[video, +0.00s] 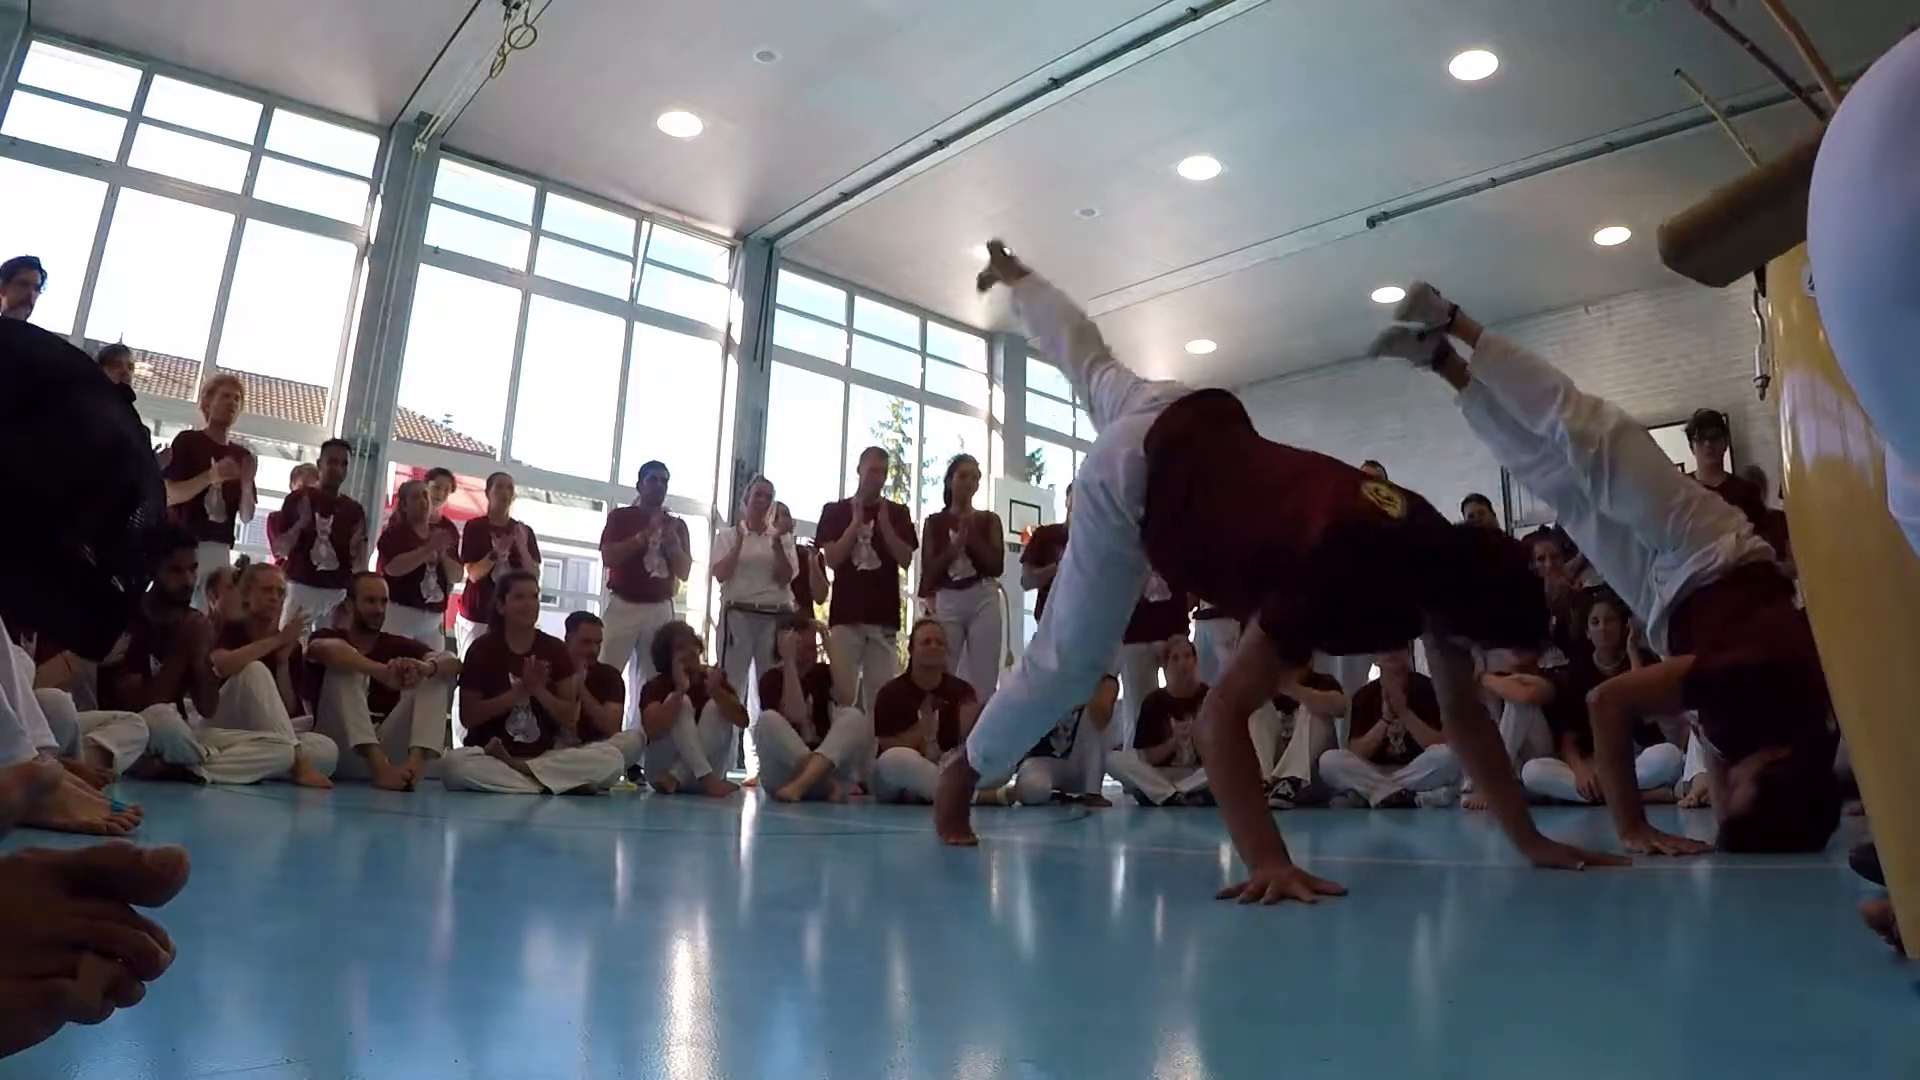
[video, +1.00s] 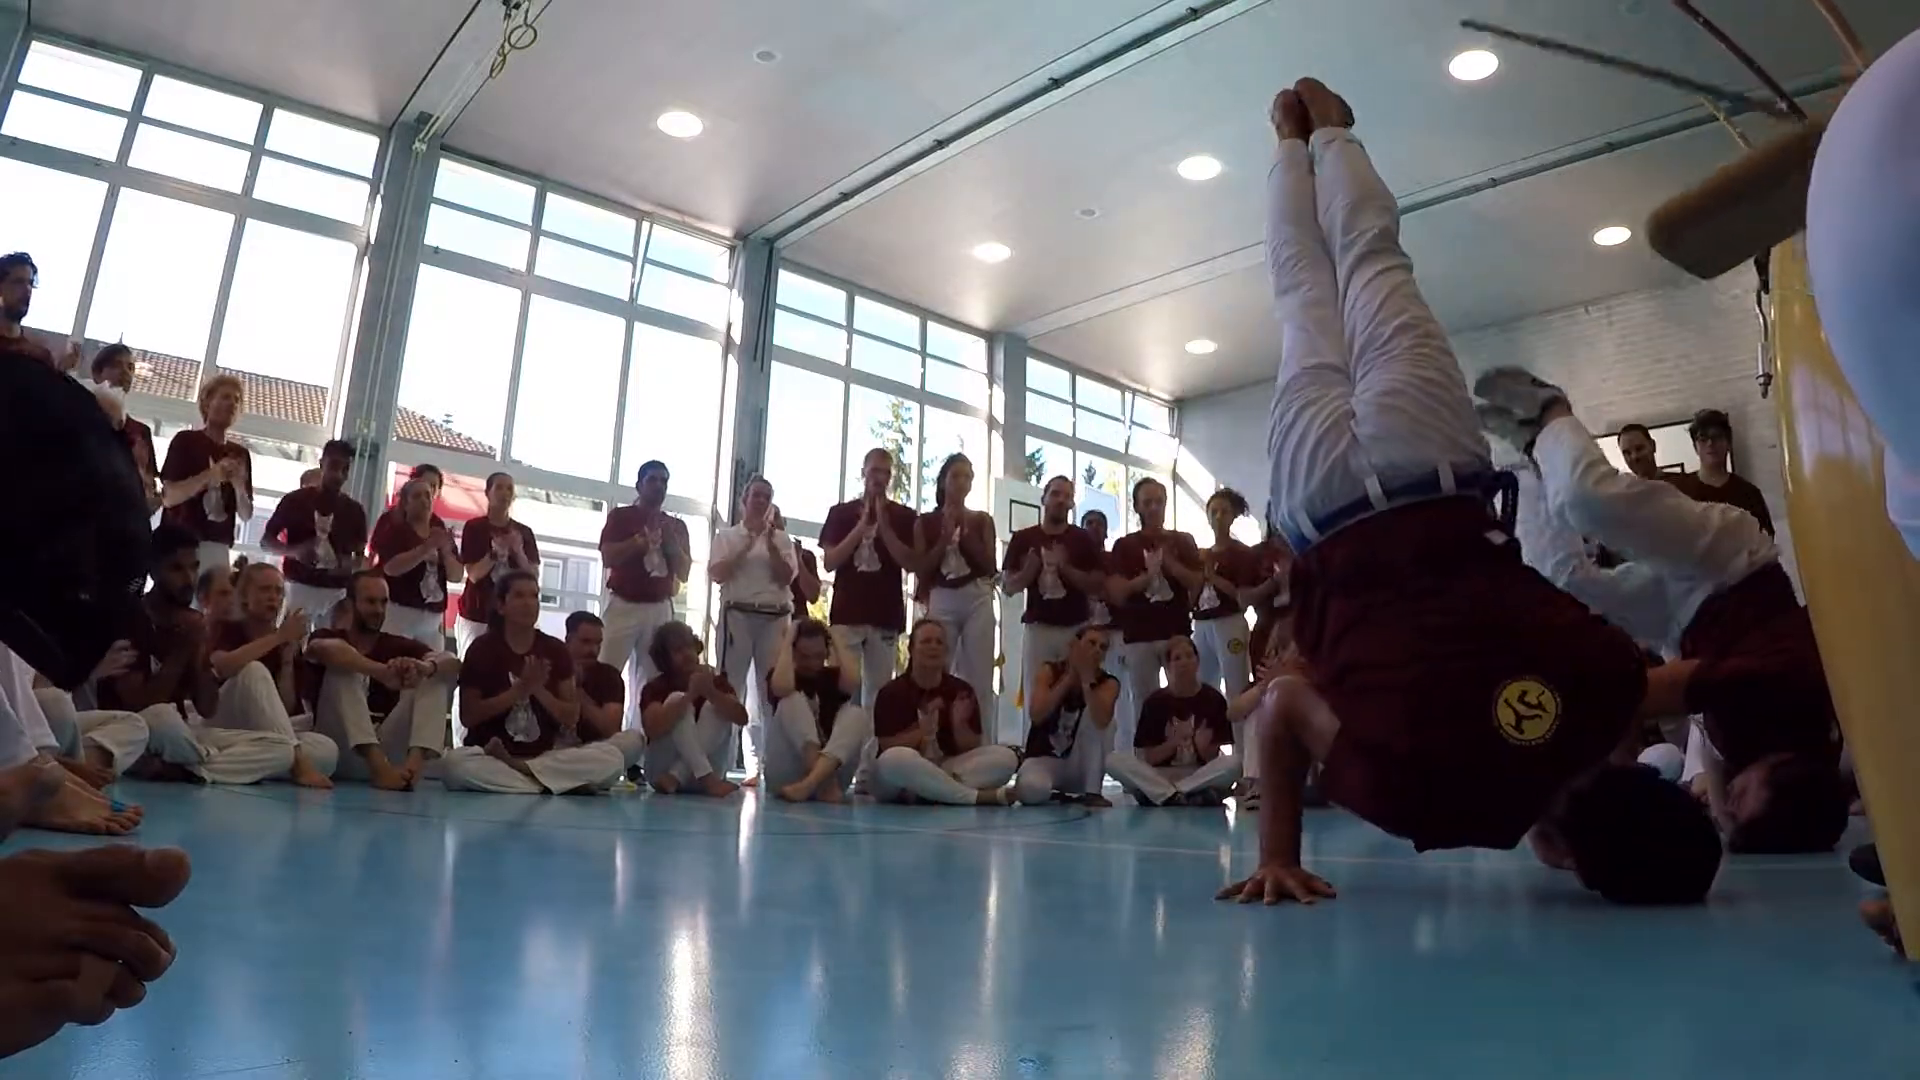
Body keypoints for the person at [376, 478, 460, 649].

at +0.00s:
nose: (424, 502)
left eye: (426, 496)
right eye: (417, 497)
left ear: (431, 500)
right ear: (403, 504)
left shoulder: (440, 534)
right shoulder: (392, 535)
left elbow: (457, 577)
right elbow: (392, 569)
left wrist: (443, 554)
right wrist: (430, 548)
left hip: (434, 615)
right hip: (400, 612)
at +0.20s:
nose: (423, 502)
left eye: (426, 496)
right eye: (415, 498)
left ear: (430, 500)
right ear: (402, 504)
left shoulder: (441, 534)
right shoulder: (394, 533)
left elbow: (457, 576)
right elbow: (390, 569)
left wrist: (443, 554)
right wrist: (427, 549)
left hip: (434, 614)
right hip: (400, 611)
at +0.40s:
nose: (422, 502)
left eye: (426, 496)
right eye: (415, 498)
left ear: (430, 500)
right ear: (402, 504)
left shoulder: (441, 533)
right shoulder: (395, 532)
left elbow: (457, 575)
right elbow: (392, 568)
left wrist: (439, 554)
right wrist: (428, 550)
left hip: (434, 614)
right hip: (400, 610)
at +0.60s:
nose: (423, 501)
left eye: (426, 496)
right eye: (415, 497)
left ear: (431, 500)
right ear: (402, 504)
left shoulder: (440, 532)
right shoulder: (395, 530)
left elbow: (457, 576)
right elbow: (391, 568)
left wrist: (446, 554)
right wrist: (428, 548)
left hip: (434, 614)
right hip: (400, 611)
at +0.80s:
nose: (423, 501)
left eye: (427, 496)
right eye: (416, 497)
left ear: (432, 501)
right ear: (404, 504)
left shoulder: (440, 531)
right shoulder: (394, 528)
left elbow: (457, 575)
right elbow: (392, 568)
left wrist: (441, 555)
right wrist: (429, 548)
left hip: (433, 613)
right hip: (400, 610)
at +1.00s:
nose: (424, 501)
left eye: (428, 496)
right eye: (416, 496)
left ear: (433, 500)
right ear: (405, 502)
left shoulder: (439, 531)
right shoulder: (395, 530)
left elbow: (456, 576)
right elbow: (391, 568)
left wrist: (447, 550)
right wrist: (427, 547)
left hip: (433, 613)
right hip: (400, 609)